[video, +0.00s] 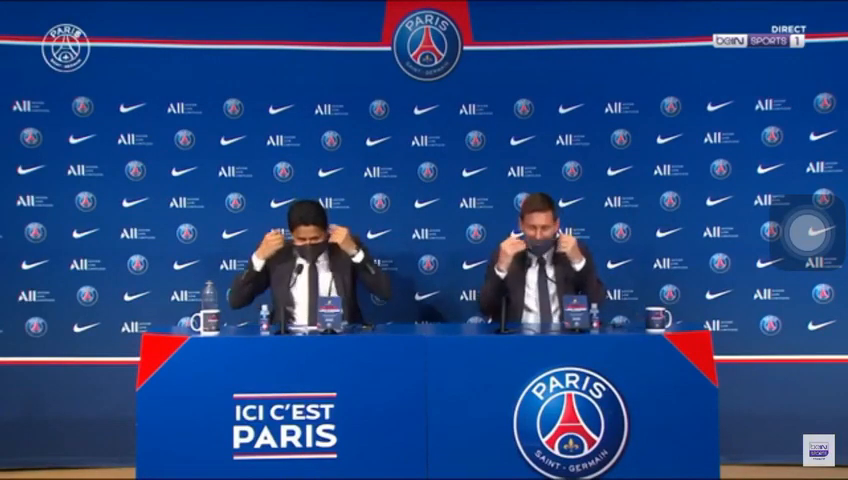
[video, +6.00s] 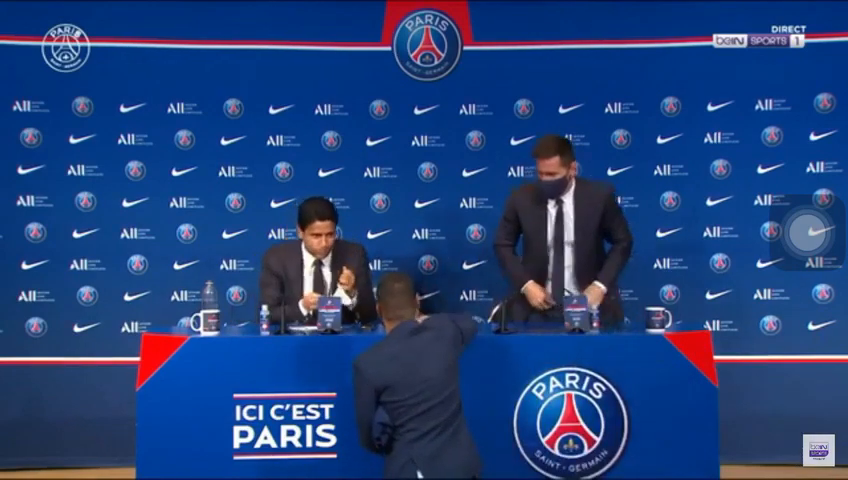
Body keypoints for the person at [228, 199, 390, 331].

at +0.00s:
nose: (308, 246)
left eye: (315, 239)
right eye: (301, 239)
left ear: (326, 232)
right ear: (291, 235)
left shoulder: (345, 254)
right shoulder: (277, 258)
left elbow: (384, 292)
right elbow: (236, 302)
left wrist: (355, 252)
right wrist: (259, 257)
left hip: (341, 345)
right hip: (291, 346)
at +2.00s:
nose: (300, 236)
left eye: (307, 230)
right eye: (294, 230)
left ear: (322, 226)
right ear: (288, 229)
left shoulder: (352, 252)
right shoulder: (275, 255)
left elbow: (374, 308)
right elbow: (249, 310)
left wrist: (342, 297)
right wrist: (280, 277)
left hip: (338, 344)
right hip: (289, 344)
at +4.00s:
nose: (316, 248)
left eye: (320, 240)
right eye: (308, 243)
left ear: (325, 233)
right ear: (290, 239)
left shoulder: (347, 258)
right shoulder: (267, 264)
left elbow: (380, 307)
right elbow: (238, 318)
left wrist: (363, 343)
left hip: (340, 349)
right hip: (287, 351)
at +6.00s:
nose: (324, 243)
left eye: (329, 235)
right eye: (316, 236)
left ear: (336, 231)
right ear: (300, 232)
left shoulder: (353, 254)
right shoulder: (277, 257)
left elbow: (369, 316)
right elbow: (269, 314)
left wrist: (351, 294)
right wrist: (302, 308)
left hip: (343, 344)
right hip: (295, 345)